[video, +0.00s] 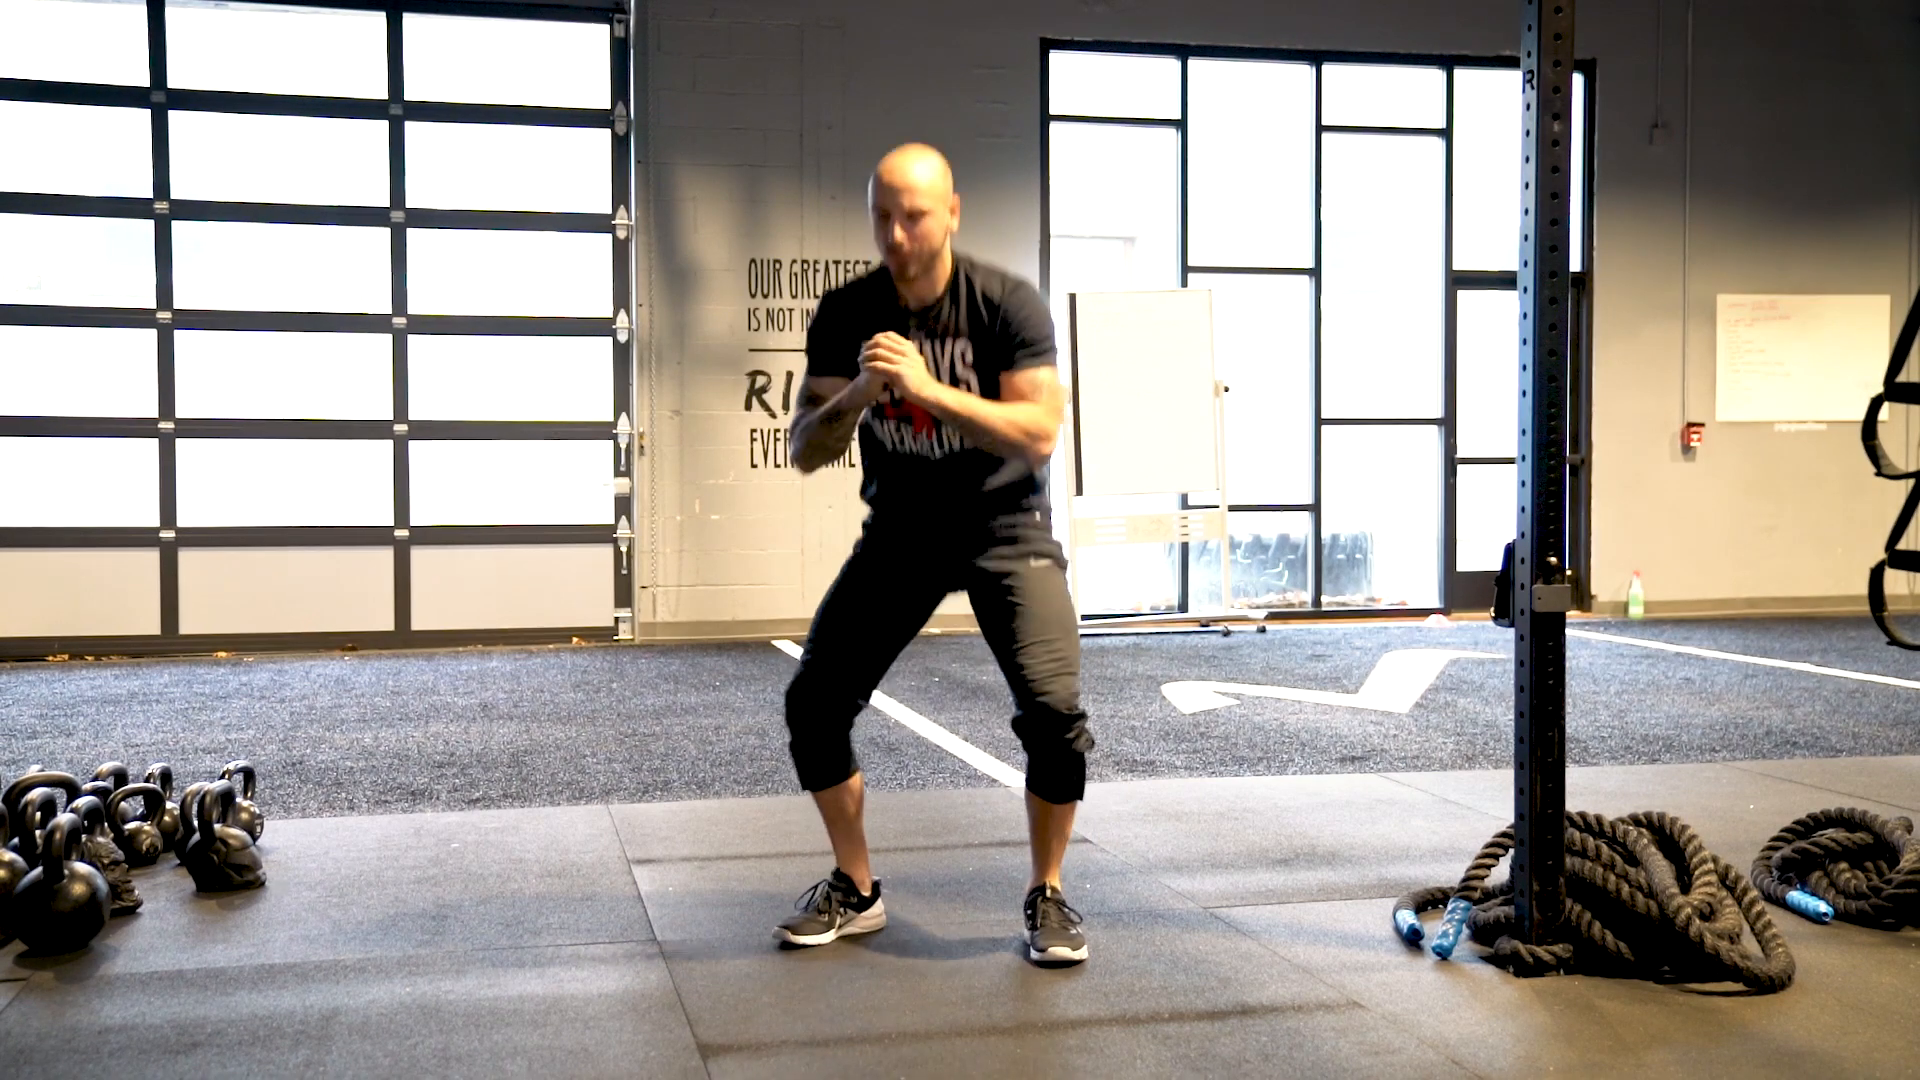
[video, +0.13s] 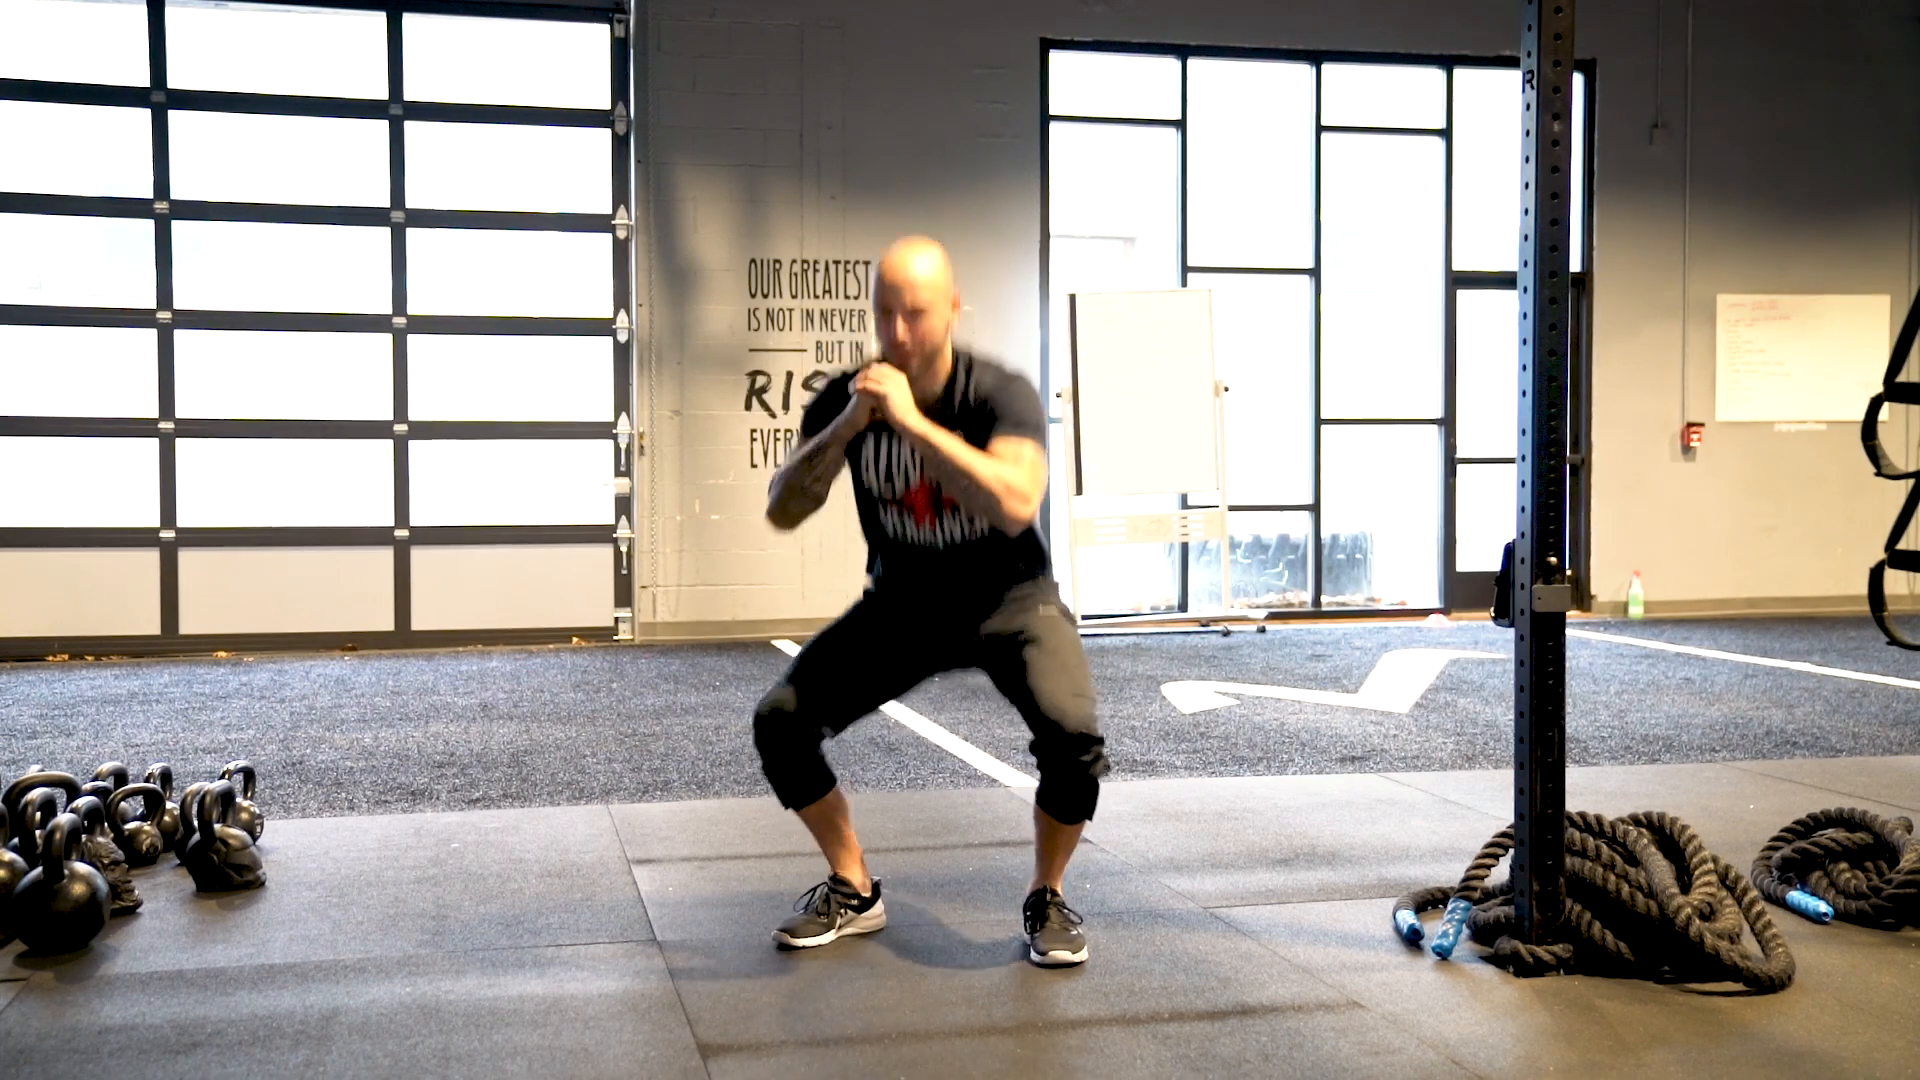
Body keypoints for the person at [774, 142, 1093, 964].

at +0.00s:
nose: (898, 238)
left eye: (915, 219)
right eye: (885, 220)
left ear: (953, 216)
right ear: (871, 221)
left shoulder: (1011, 306)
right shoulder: (843, 313)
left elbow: (1038, 437)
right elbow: (808, 453)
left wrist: (926, 389)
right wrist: (856, 396)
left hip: (1008, 532)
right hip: (902, 534)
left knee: (1056, 713)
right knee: (813, 708)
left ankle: (1048, 894)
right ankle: (855, 888)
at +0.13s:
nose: (897, 333)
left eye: (915, 313)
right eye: (885, 313)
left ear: (952, 311)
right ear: (871, 312)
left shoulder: (1003, 394)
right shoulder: (846, 397)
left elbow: (1018, 502)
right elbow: (782, 513)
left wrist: (913, 423)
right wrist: (843, 431)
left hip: (1010, 601)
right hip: (905, 604)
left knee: (1073, 736)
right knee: (781, 723)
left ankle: (1047, 899)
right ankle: (853, 889)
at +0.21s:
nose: (897, 404)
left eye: (915, 387)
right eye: (886, 386)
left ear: (953, 385)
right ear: (872, 383)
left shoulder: (1001, 460)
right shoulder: (851, 460)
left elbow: (1007, 557)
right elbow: (777, 563)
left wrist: (911, 468)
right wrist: (846, 472)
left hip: (1004, 656)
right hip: (902, 660)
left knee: (1085, 758)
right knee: (771, 738)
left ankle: (1046, 900)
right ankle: (854, 890)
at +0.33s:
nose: (900, 490)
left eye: (918, 473)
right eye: (888, 473)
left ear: (955, 466)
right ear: (873, 468)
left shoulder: (1004, 538)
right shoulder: (849, 540)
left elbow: (1004, 642)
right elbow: (778, 648)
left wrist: (907, 545)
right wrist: (845, 554)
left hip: (994, 726)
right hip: (892, 728)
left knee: (1086, 753)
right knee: (766, 743)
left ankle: (1047, 898)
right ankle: (854, 888)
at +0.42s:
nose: (901, 512)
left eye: (920, 495)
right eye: (889, 493)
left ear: (958, 488)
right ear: (875, 489)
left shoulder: (1005, 561)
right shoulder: (846, 565)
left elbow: (1005, 670)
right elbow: (782, 675)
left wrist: (909, 576)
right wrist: (850, 579)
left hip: (990, 745)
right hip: (891, 747)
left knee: (1087, 750)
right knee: (764, 743)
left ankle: (1046, 899)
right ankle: (854, 887)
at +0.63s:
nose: (899, 418)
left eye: (917, 401)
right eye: (888, 399)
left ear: (956, 400)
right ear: (875, 398)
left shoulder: (1007, 477)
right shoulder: (851, 477)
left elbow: (1027, 582)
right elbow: (782, 593)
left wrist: (920, 506)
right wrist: (846, 511)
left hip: (1006, 663)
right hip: (903, 664)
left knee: (1089, 753)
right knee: (770, 736)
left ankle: (1047, 899)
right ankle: (854, 889)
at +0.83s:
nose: (900, 262)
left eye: (918, 243)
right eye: (888, 243)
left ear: (957, 239)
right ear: (874, 241)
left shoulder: (1015, 335)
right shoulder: (845, 340)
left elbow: (1051, 464)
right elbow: (821, 476)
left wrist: (948, 444)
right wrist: (862, 445)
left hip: (1010, 550)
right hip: (901, 551)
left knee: (1068, 724)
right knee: (800, 710)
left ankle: (1049, 896)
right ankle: (854, 888)